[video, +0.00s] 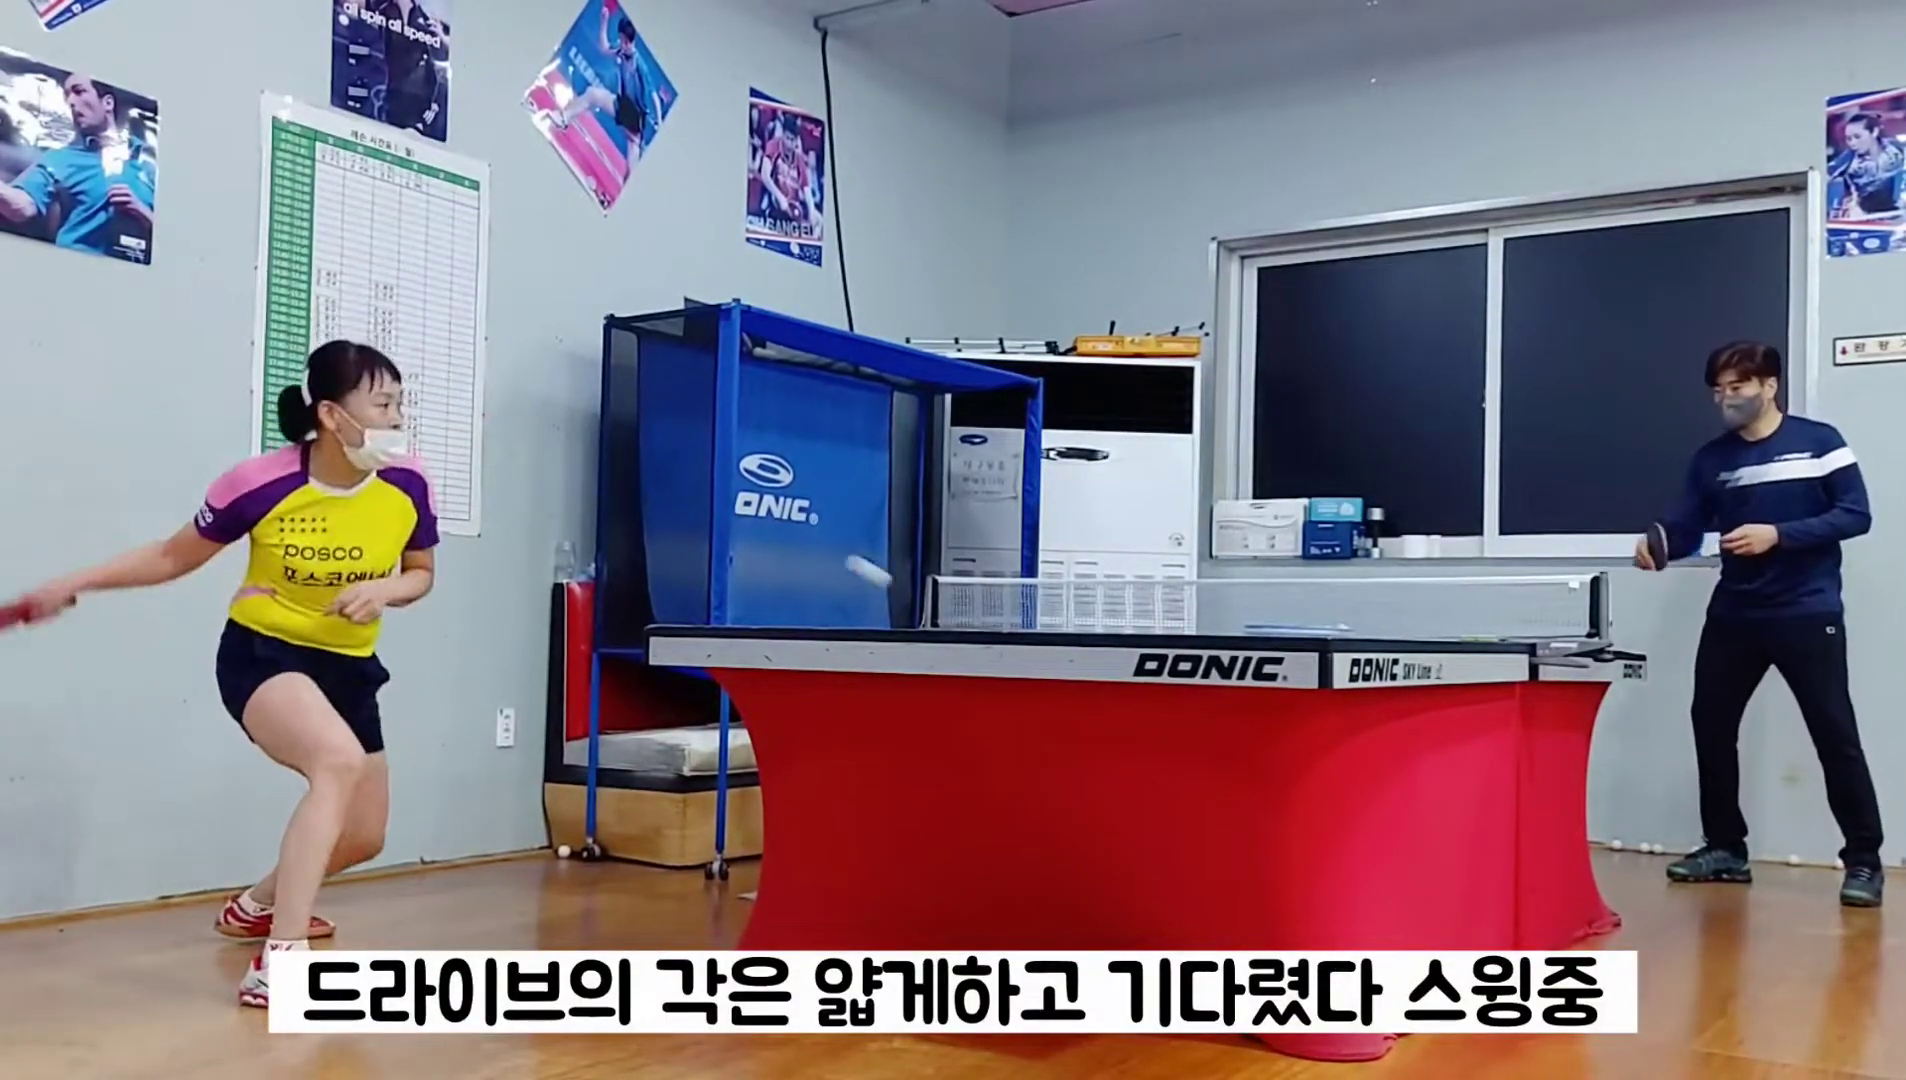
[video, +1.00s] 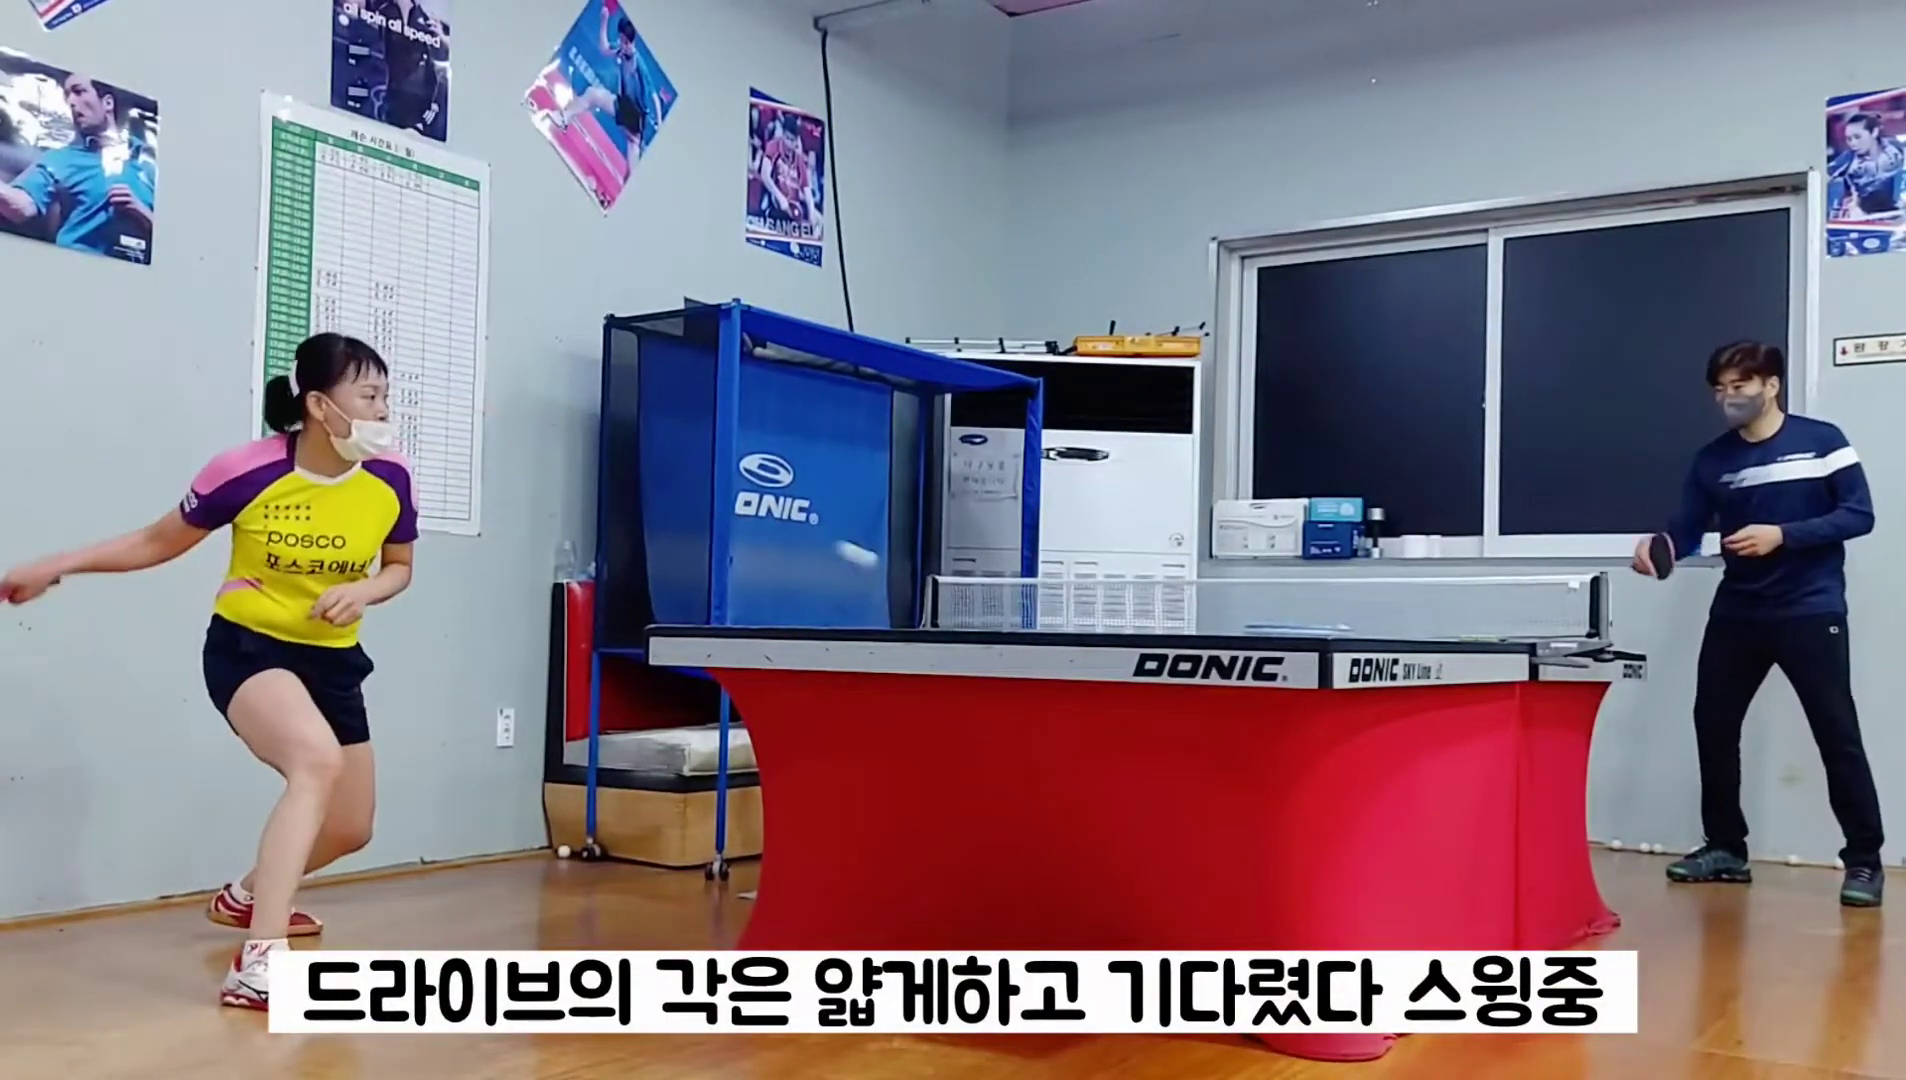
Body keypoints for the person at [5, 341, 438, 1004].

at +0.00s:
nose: (395, 416)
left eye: (397, 401)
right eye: (380, 402)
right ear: (330, 416)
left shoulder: (409, 485)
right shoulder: (260, 485)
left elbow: (420, 574)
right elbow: (173, 557)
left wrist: (386, 591)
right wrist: (72, 585)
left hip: (348, 668)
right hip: (263, 652)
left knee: (363, 837)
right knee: (339, 761)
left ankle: (258, 905)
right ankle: (280, 962)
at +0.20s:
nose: (415, 355)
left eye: (420, 342)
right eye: (404, 338)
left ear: (409, 349)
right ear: (355, 336)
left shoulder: (394, 425)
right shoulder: (291, 398)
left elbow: (371, 516)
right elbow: (216, 492)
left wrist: (386, 523)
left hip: (324, 612)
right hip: (259, 599)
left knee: (352, 771)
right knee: (325, 757)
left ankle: (268, 893)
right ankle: (276, 962)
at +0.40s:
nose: (400, 389)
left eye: (401, 377)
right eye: (395, 374)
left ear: (335, 367)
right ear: (356, 362)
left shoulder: (272, 428)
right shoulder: (347, 398)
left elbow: (247, 524)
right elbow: (467, 381)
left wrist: (336, 558)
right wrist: (475, 343)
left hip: (218, 622)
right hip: (269, 621)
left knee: (303, 772)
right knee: (347, 806)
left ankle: (260, 910)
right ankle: (253, 968)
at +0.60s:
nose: (397, 369)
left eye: (398, 356)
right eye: (390, 352)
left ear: (336, 350)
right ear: (349, 343)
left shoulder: (288, 404)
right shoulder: (334, 388)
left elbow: (279, 491)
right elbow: (434, 446)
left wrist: (341, 537)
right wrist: (482, 439)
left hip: (242, 606)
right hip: (268, 608)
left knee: (306, 773)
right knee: (334, 784)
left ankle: (261, 908)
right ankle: (253, 965)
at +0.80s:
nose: (395, 362)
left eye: (395, 349)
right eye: (384, 348)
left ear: (355, 358)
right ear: (337, 357)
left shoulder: (383, 444)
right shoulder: (272, 430)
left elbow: (356, 522)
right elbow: (208, 534)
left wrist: (377, 544)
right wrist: (231, 581)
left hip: (323, 632)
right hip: (251, 625)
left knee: (346, 795)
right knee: (323, 767)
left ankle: (246, 898)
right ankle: (260, 960)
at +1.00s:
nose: (383, 407)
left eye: (384, 392)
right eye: (368, 393)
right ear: (318, 405)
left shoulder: (391, 479)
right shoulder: (247, 472)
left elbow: (399, 569)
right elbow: (156, 543)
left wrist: (366, 592)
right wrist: (55, 566)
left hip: (333, 661)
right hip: (250, 647)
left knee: (350, 829)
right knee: (315, 762)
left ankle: (249, 894)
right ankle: (260, 960)